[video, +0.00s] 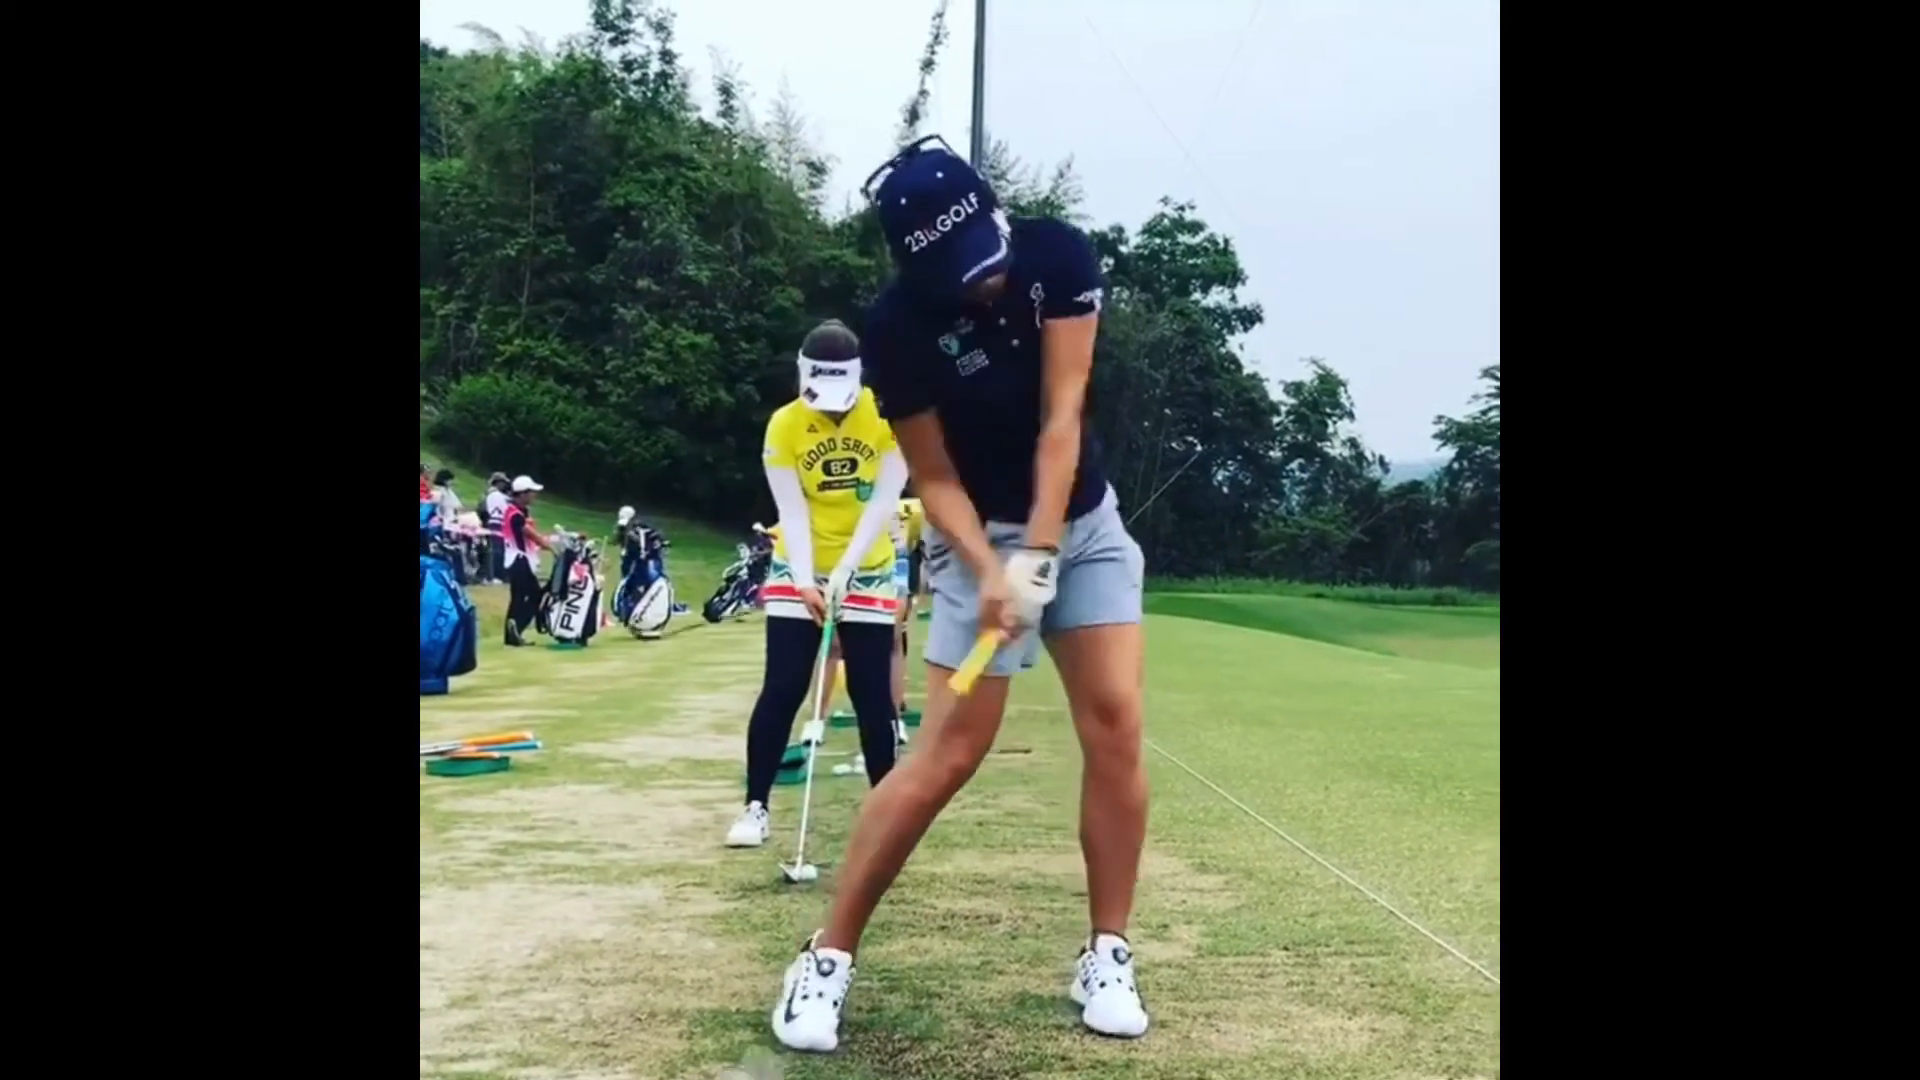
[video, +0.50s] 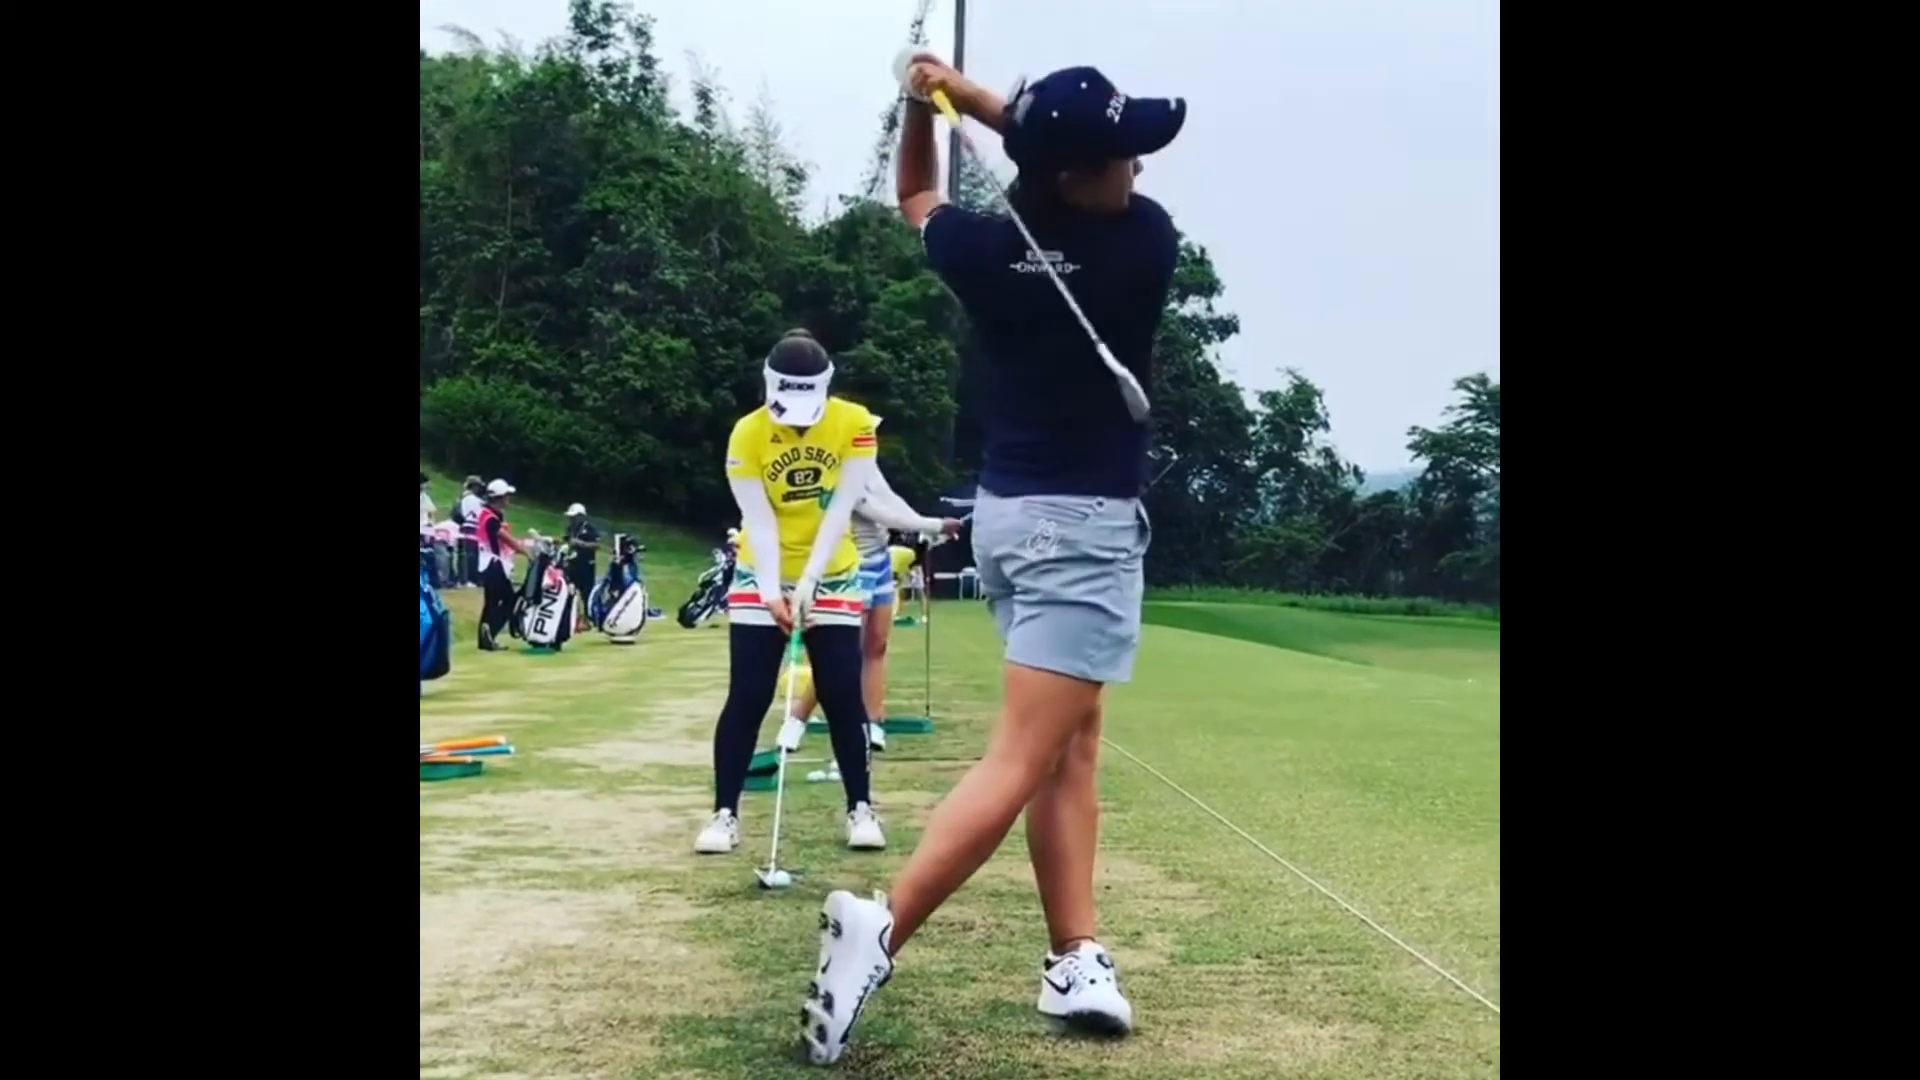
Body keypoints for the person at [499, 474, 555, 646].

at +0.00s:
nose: (534, 496)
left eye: (534, 492)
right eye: (531, 492)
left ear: (521, 495)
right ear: (521, 494)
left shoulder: (516, 512)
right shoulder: (516, 516)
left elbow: (531, 533)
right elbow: (533, 536)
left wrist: (550, 538)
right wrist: (551, 546)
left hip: (516, 556)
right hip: (518, 558)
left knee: (518, 595)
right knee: (535, 593)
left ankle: (511, 633)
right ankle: (517, 625)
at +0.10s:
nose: (527, 497)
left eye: (527, 493)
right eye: (524, 493)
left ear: (514, 496)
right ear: (514, 495)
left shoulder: (511, 513)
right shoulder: (510, 516)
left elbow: (525, 535)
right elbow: (526, 536)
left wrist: (541, 543)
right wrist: (545, 546)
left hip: (512, 557)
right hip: (512, 559)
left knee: (511, 596)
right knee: (529, 594)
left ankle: (505, 634)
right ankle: (511, 626)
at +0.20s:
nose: (521, 498)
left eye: (521, 494)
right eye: (519, 494)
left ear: (506, 496)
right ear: (511, 496)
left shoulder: (501, 513)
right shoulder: (505, 518)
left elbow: (518, 536)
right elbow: (521, 538)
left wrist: (535, 544)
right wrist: (540, 549)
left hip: (502, 557)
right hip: (507, 560)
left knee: (505, 597)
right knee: (524, 595)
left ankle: (499, 635)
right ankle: (505, 627)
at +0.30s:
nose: (517, 498)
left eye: (517, 495)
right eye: (515, 495)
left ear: (502, 496)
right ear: (507, 496)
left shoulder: (495, 514)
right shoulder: (500, 518)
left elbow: (514, 536)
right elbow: (517, 539)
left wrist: (531, 544)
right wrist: (536, 550)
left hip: (496, 558)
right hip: (502, 560)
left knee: (500, 597)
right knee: (519, 595)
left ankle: (494, 635)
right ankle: (500, 628)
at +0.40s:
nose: (512, 499)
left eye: (512, 495)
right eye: (510, 495)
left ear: (497, 496)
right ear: (502, 497)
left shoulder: (489, 514)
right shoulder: (495, 519)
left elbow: (509, 537)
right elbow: (513, 540)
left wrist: (529, 542)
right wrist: (531, 551)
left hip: (491, 559)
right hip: (497, 561)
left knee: (495, 599)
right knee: (514, 596)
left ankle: (489, 637)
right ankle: (495, 628)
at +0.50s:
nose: (508, 500)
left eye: (508, 497)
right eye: (506, 497)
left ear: (493, 498)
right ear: (498, 498)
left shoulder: (486, 515)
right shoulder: (492, 520)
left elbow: (504, 538)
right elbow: (508, 541)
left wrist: (522, 546)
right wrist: (526, 551)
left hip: (487, 559)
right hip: (493, 562)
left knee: (491, 599)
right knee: (509, 597)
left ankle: (485, 638)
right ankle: (491, 629)